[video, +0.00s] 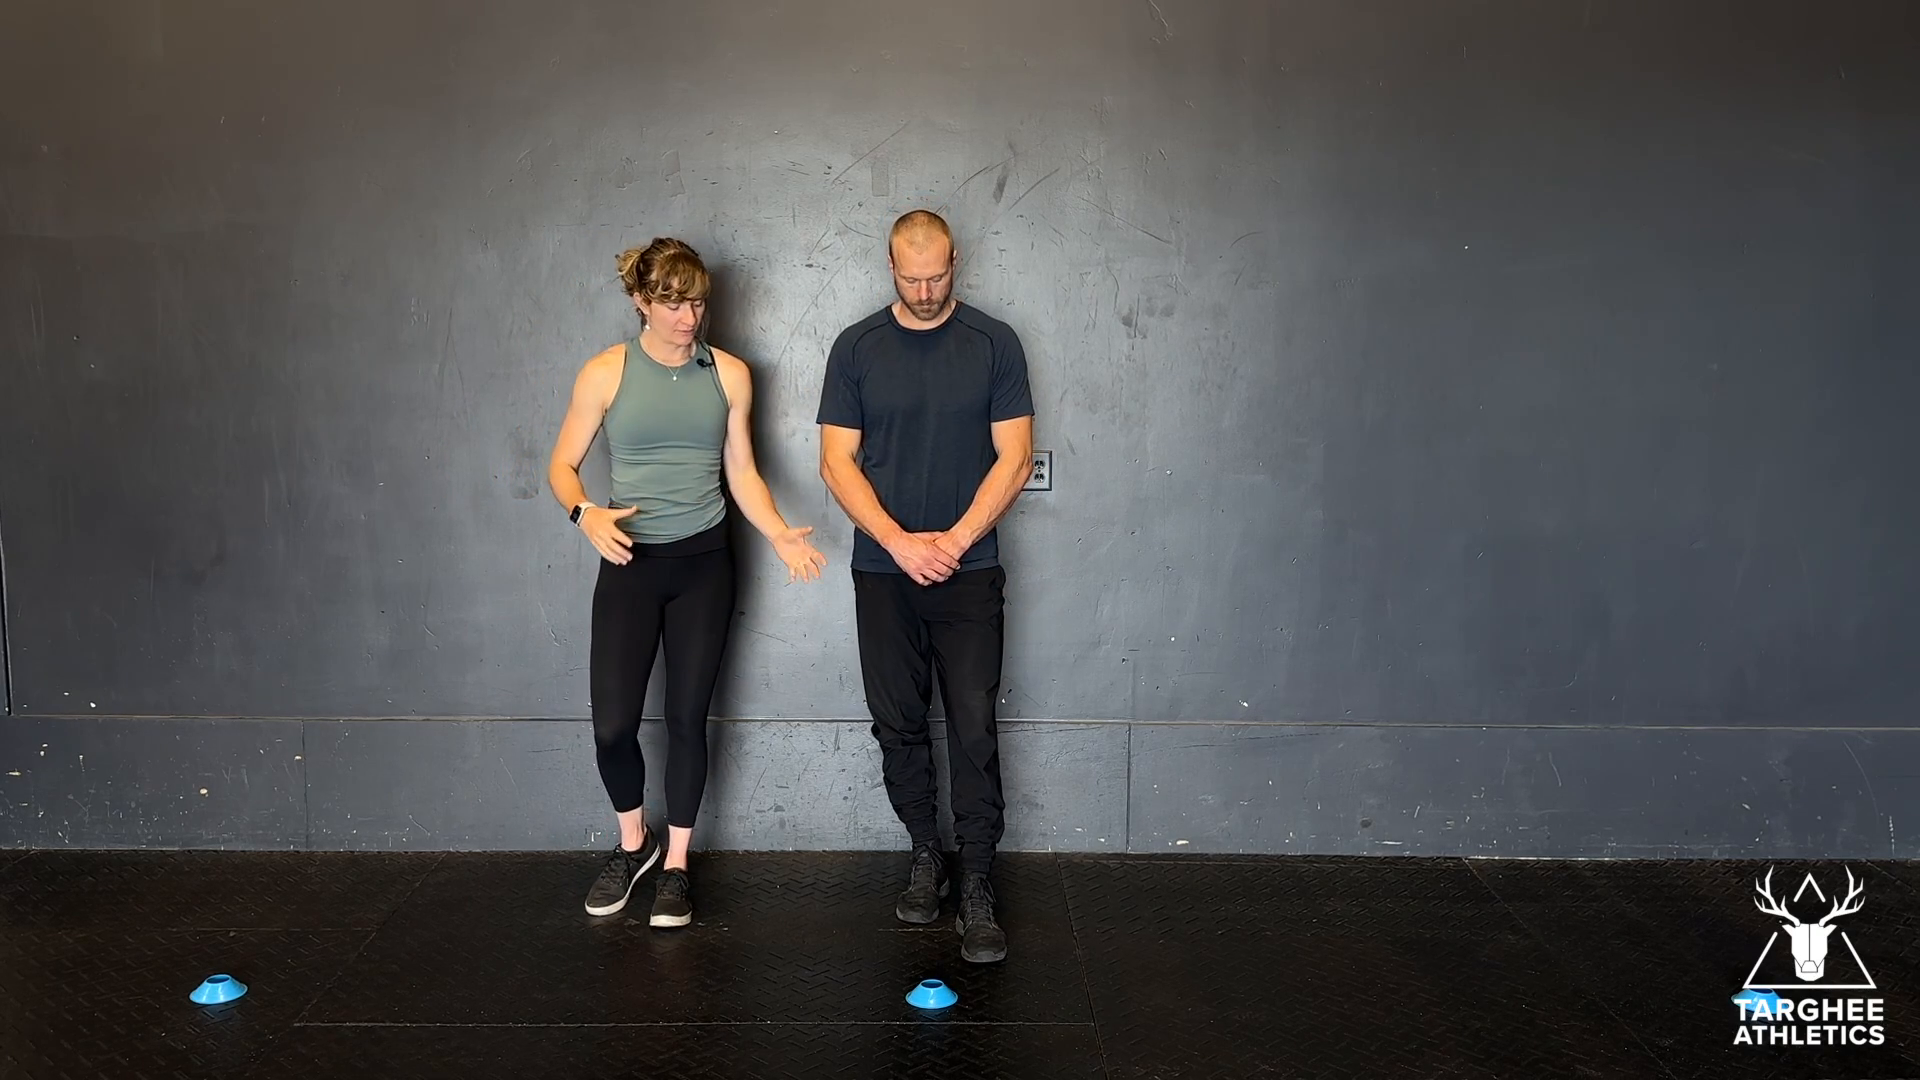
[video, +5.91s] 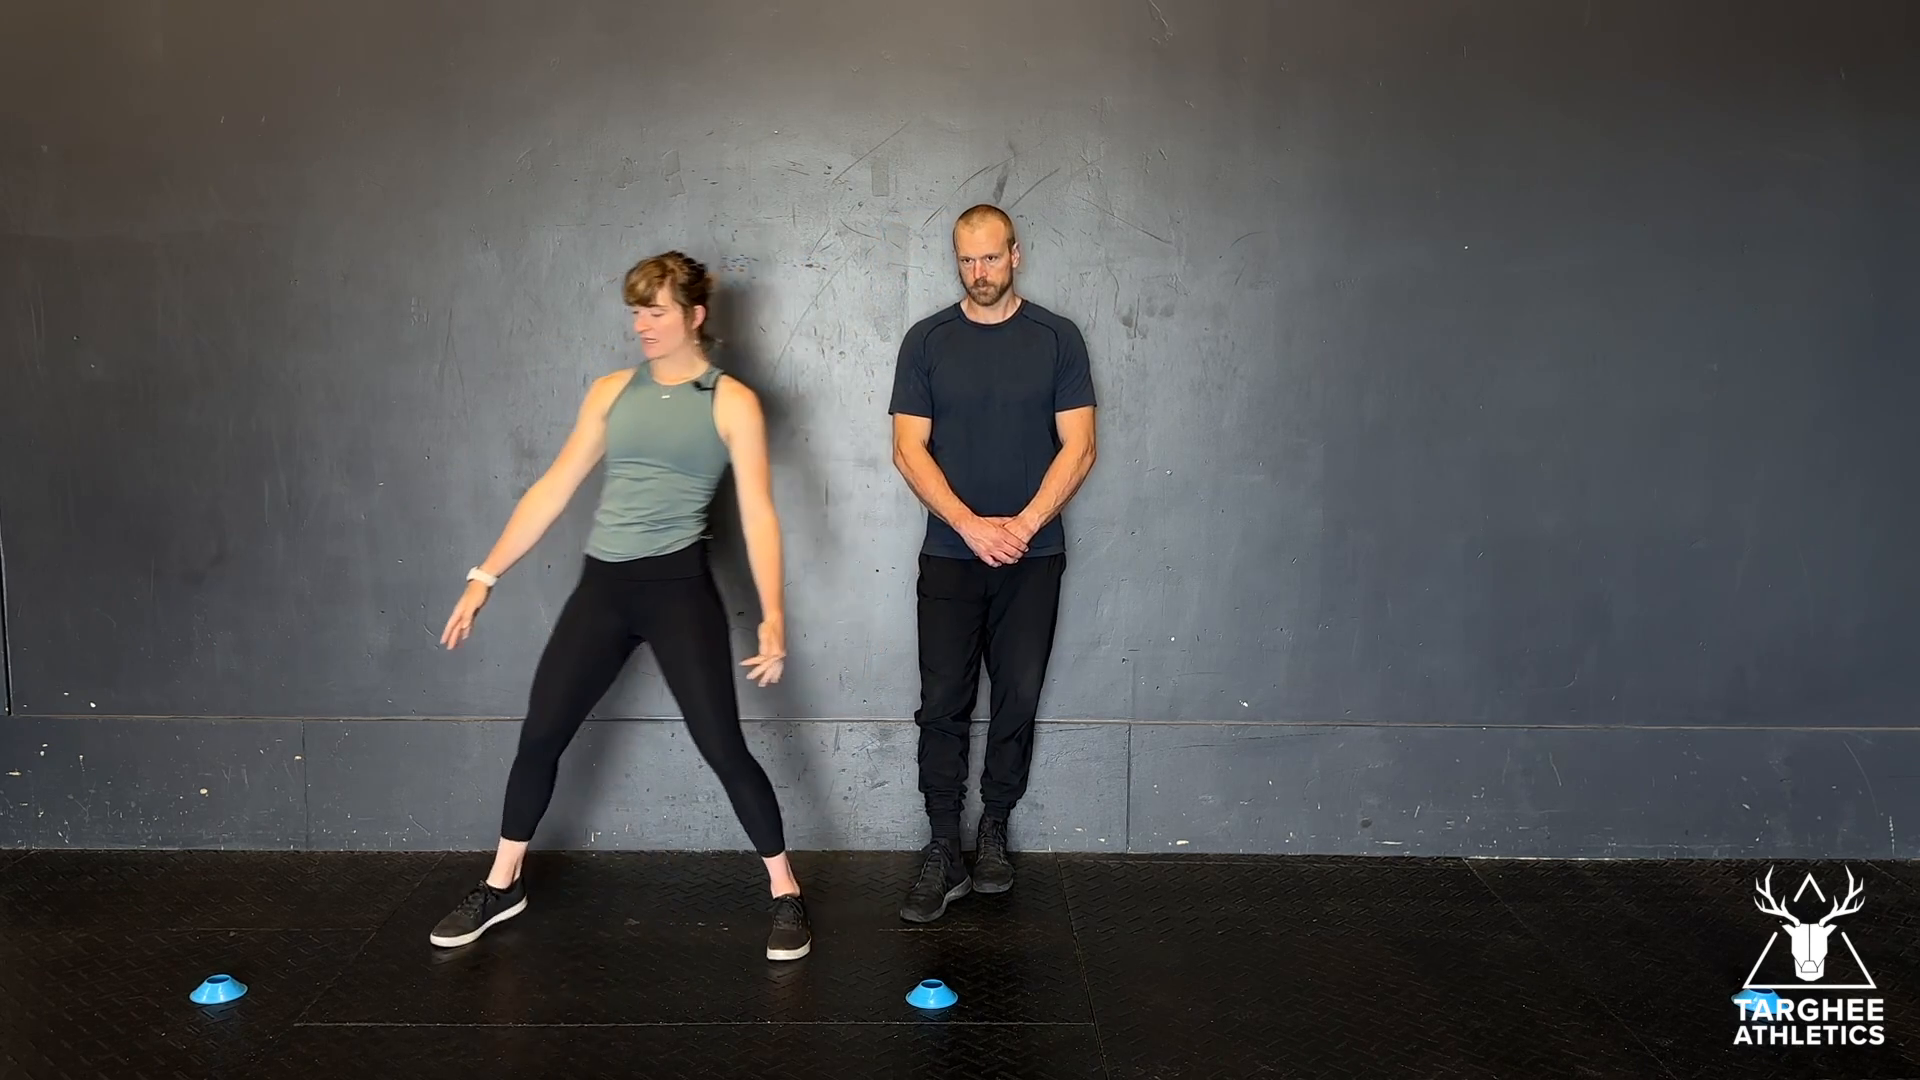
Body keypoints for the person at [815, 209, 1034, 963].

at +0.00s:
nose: (925, 289)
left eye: (936, 276)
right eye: (911, 278)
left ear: (953, 265)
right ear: (892, 269)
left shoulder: (993, 343)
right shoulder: (856, 347)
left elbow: (1015, 462)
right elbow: (836, 465)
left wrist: (953, 541)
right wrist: (897, 540)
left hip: (968, 570)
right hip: (885, 571)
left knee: (974, 728)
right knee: (900, 726)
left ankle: (977, 882)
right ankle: (929, 857)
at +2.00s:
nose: (905, 298)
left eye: (917, 286)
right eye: (895, 285)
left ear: (946, 270)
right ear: (882, 272)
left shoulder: (996, 344)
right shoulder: (859, 348)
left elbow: (1018, 462)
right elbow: (837, 462)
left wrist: (953, 541)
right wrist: (894, 539)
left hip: (971, 567)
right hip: (885, 567)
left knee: (977, 722)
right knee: (900, 723)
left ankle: (977, 875)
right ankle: (929, 856)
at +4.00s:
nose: (935, 296)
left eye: (943, 283)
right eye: (922, 285)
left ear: (951, 270)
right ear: (891, 274)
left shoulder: (984, 341)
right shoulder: (849, 348)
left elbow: (1011, 457)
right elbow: (831, 465)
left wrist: (953, 538)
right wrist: (893, 539)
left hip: (965, 567)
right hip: (882, 571)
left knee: (970, 725)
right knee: (897, 725)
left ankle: (977, 883)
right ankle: (928, 857)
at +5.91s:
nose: (978, 269)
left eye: (990, 256)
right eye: (967, 258)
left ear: (1015, 257)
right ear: (955, 262)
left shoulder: (1057, 339)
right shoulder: (926, 341)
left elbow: (1079, 448)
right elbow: (907, 450)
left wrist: (1023, 525)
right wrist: (967, 523)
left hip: (1031, 550)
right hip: (951, 550)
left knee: (1017, 701)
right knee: (943, 702)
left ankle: (992, 832)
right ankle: (943, 848)